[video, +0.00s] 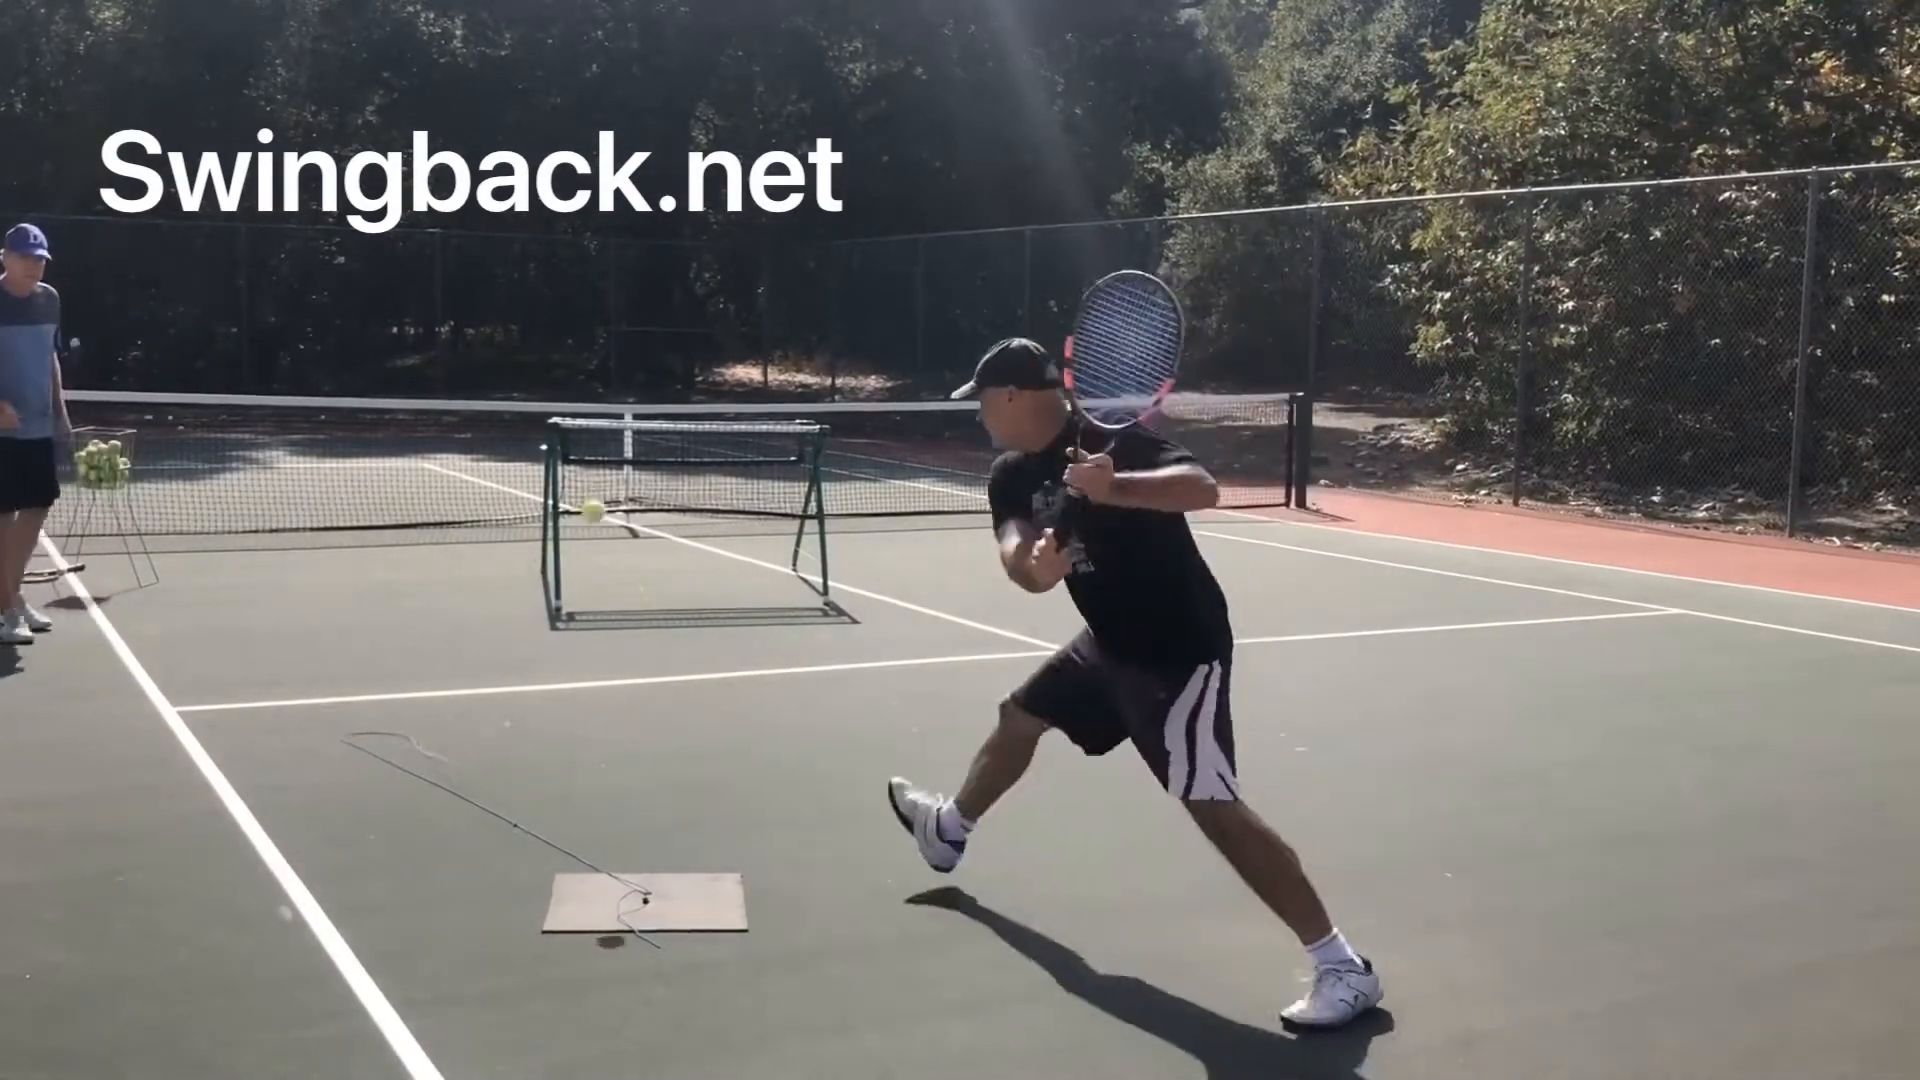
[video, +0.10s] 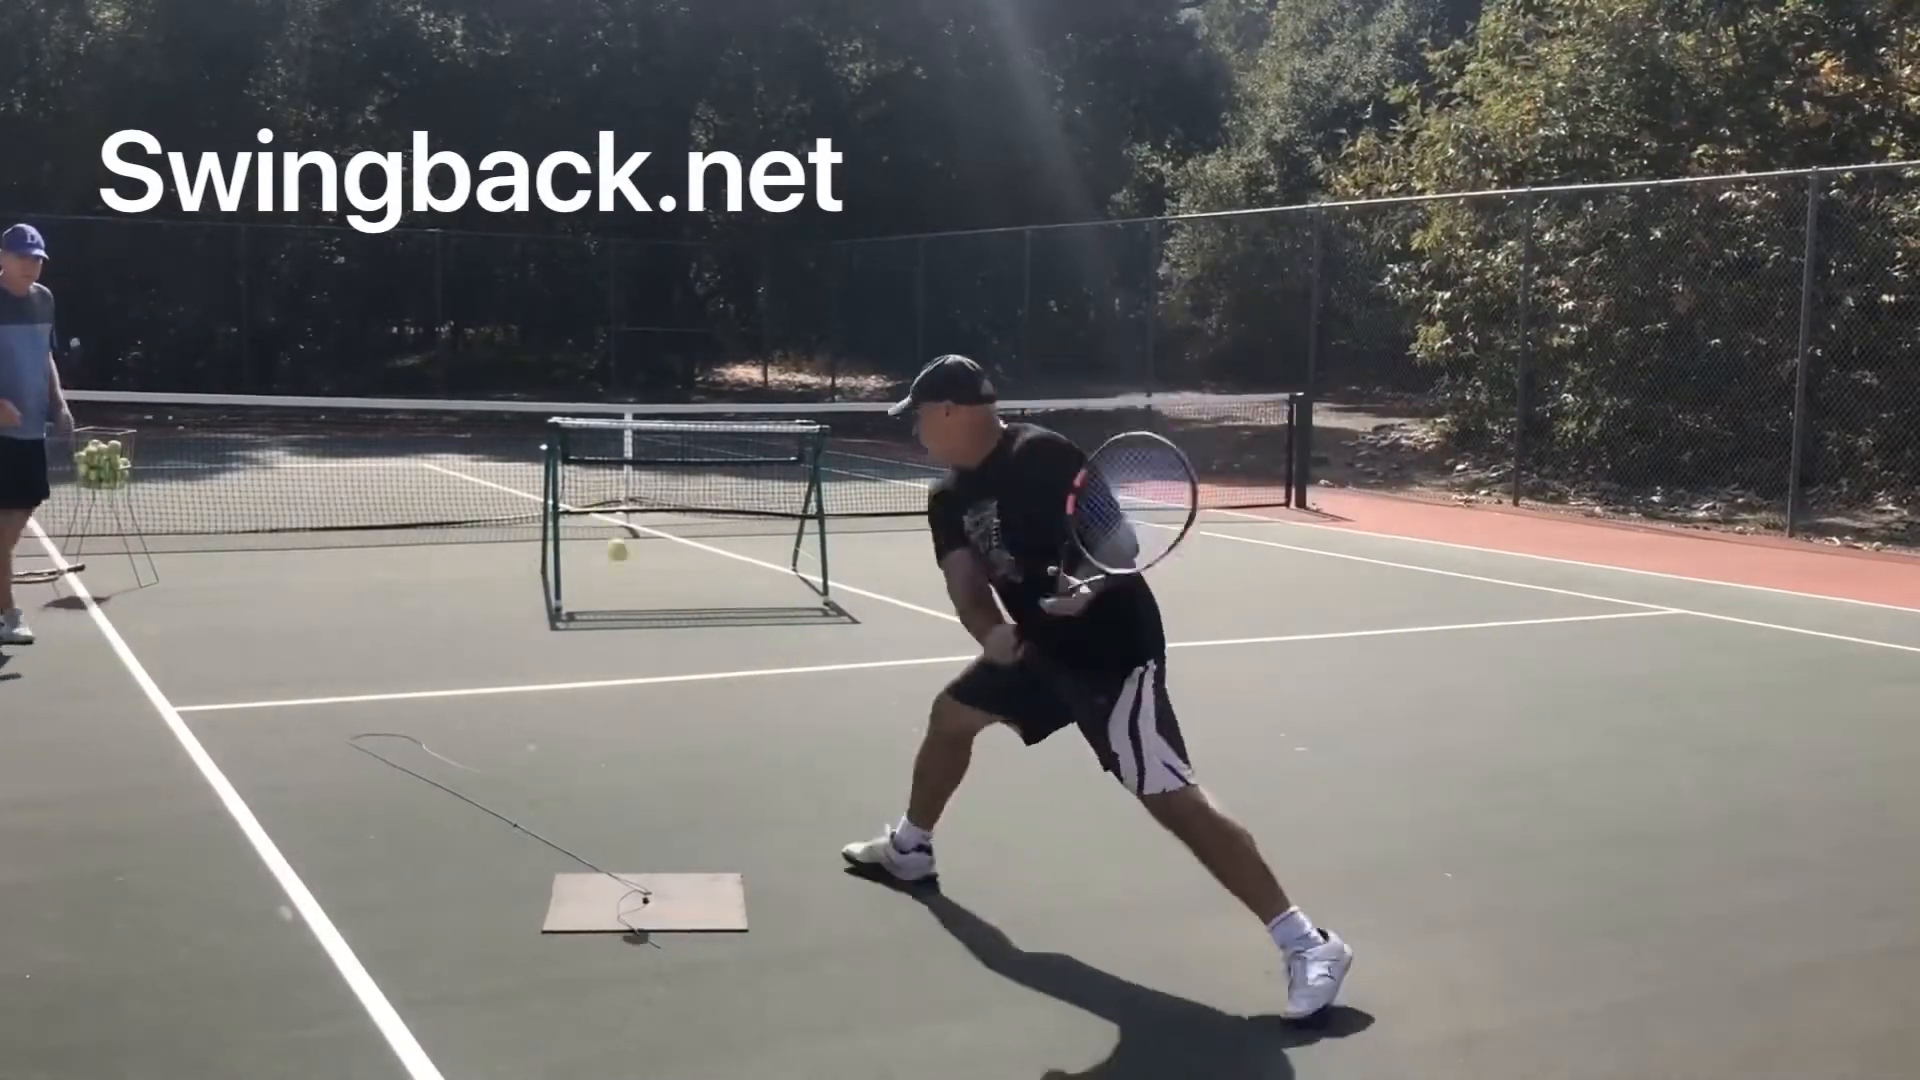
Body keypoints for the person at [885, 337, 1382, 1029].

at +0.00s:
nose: (982, 416)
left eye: (987, 402)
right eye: (981, 403)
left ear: (1022, 398)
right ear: (1020, 401)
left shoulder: (1121, 443)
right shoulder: (1012, 477)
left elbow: (1202, 489)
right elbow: (1019, 561)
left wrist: (1113, 488)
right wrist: (1039, 570)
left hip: (1186, 651)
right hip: (1112, 641)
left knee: (1214, 805)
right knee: (1021, 715)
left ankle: (1342, 968)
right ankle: (949, 831)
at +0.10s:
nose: (918, 429)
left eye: (926, 414)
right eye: (918, 416)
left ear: (967, 412)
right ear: (951, 416)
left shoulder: (1044, 457)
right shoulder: (951, 497)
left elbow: (1118, 544)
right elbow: (966, 588)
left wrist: (1084, 584)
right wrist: (991, 632)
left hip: (1113, 650)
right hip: (1040, 649)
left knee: (1172, 802)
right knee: (952, 713)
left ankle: (1308, 946)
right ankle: (910, 848)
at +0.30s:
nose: (848, 433)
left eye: (851, 418)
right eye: (847, 421)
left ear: (882, 413)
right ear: (893, 413)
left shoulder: (931, 488)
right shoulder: (911, 476)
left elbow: (990, 598)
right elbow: (872, 521)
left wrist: (1051, 686)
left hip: (1023, 654)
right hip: (977, 637)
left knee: (1043, 824)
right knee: (896, 693)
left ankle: (1214, 869)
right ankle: (903, 845)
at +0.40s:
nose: (827, 424)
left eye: (831, 409)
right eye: (826, 411)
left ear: (862, 407)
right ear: (877, 406)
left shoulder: (891, 483)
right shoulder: (921, 437)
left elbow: (947, 584)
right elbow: (931, 402)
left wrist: (996, 680)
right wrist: (935, 378)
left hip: (1007, 631)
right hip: (985, 611)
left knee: (994, 802)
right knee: (885, 693)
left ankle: (1159, 835)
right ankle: (903, 843)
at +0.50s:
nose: (823, 404)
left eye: (829, 390)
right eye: (822, 390)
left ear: (865, 387)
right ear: (876, 384)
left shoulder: (875, 468)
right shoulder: (931, 404)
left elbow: (918, 559)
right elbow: (977, 348)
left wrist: (966, 653)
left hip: (993, 624)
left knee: (927, 779)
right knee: (879, 695)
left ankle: (1092, 819)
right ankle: (903, 843)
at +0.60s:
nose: (831, 379)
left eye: (834, 365)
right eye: (831, 365)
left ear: (856, 363)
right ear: (890, 357)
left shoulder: (874, 448)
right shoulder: (943, 386)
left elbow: (906, 553)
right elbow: (1007, 331)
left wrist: (938, 652)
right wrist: (1066, 279)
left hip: (972, 614)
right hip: (1001, 592)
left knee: (880, 751)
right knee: (882, 699)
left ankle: (1021, 846)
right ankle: (905, 843)